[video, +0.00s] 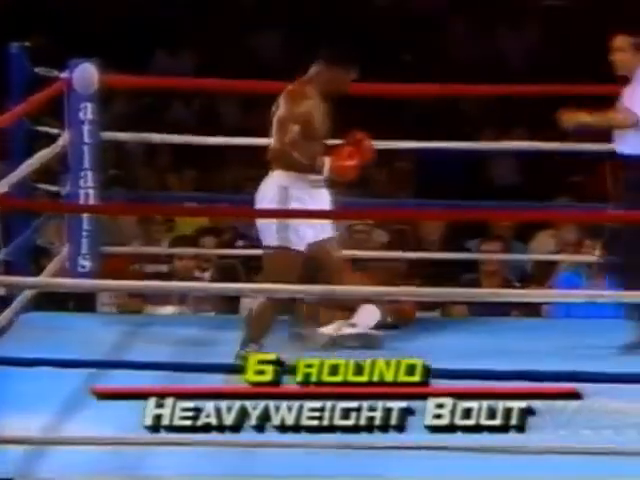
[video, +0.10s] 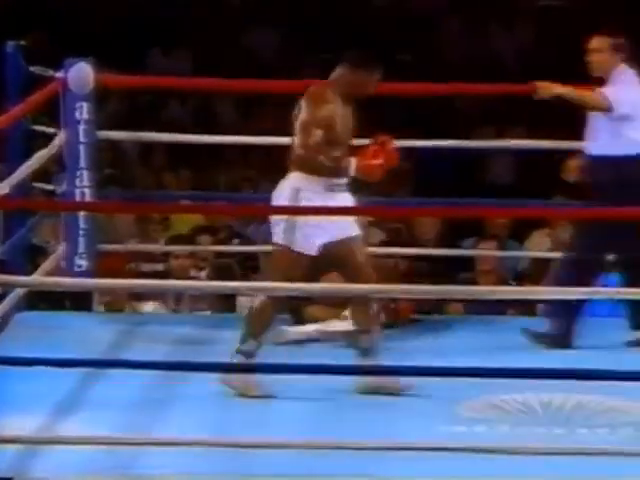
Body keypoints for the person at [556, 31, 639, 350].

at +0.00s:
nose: (615, 58)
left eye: (621, 51)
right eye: (613, 51)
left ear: (635, 54)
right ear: (616, 56)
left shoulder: (635, 84)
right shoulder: (629, 85)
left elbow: (628, 117)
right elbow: (623, 116)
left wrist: (584, 119)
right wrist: (585, 119)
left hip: (633, 165)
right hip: (624, 164)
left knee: (626, 240)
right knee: (624, 239)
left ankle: (635, 327)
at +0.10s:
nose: (591, 58)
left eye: (597, 52)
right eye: (590, 52)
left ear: (617, 54)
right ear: (593, 57)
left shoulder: (627, 80)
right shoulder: (605, 86)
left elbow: (606, 103)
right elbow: (602, 136)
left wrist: (559, 91)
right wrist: (583, 158)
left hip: (623, 172)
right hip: (603, 173)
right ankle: (560, 325)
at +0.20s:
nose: (577, 59)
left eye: (584, 53)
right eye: (575, 53)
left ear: (602, 57)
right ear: (577, 58)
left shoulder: (609, 86)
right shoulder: (590, 87)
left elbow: (581, 98)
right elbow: (574, 136)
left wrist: (541, 86)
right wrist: (548, 156)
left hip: (597, 176)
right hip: (581, 174)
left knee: (558, 249)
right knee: (607, 251)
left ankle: (543, 327)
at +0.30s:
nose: (550, 54)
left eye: (557, 49)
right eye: (549, 49)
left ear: (575, 54)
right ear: (551, 54)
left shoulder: (581, 82)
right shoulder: (563, 84)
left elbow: (550, 93)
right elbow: (546, 134)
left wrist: (513, 82)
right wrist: (523, 160)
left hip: (564, 168)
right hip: (548, 167)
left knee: (535, 246)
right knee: (538, 246)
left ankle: (530, 327)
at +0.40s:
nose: (533, 48)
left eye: (540, 42)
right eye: (532, 42)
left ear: (557, 47)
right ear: (532, 47)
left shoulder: (563, 76)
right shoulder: (546, 76)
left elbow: (534, 87)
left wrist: (496, 79)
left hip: (544, 162)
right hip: (530, 160)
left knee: (527, 241)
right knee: (521, 240)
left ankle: (527, 323)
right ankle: (523, 321)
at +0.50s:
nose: (508, 47)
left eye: (516, 41)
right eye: (506, 41)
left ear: (532, 46)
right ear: (504, 45)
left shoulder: (539, 75)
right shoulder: (512, 80)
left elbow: (518, 86)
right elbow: (503, 129)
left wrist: (482, 76)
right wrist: (479, 135)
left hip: (524, 160)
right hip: (503, 160)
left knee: (512, 240)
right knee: (489, 237)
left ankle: (519, 321)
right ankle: (490, 314)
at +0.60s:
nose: (493, 47)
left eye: (501, 41)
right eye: (490, 41)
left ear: (517, 46)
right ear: (487, 46)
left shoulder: (525, 77)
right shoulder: (495, 80)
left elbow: (507, 85)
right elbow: (485, 128)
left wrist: (471, 76)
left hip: (511, 158)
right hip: (489, 157)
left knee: (502, 239)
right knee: (476, 236)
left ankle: (513, 322)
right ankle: (454, 314)